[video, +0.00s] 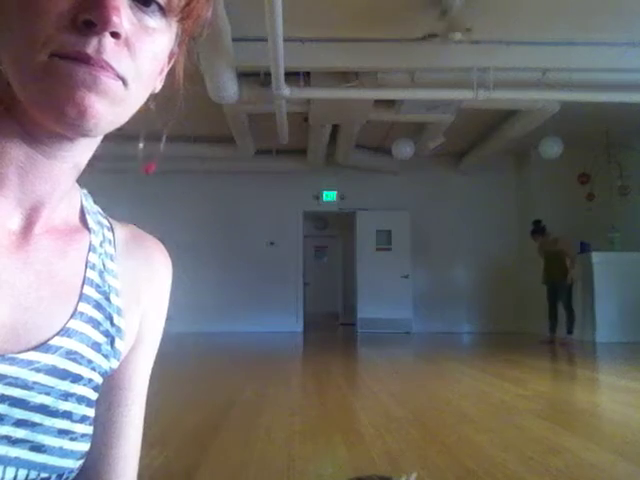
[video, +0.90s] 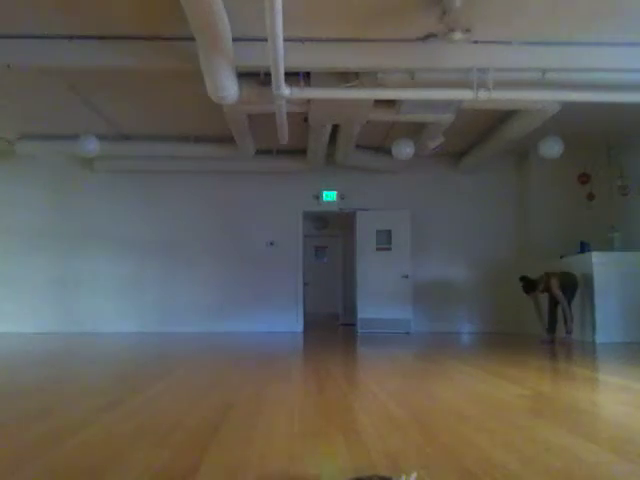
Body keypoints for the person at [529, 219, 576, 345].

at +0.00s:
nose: (536, 242)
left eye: (537, 238)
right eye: (535, 239)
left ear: (542, 235)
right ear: (537, 236)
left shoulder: (559, 243)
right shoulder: (542, 246)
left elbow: (572, 257)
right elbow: (547, 261)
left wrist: (571, 274)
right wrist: (545, 277)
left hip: (564, 279)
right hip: (551, 280)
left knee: (567, 306)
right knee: (552, 307)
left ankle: (569, 335)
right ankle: (552, 335)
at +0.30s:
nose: (532, 254)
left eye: (532, 251)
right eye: (530, 251)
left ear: (537, 247)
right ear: (532, 250)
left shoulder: (555, 252)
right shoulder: (538, 257)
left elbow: (569, 269)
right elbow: (543, 271)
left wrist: (569, 286)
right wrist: (547, 284)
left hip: (567, 278)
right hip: (554, 279)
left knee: (568, 307)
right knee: (554, 307)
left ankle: (569, 335)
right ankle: (552, 335)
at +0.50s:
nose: (530, 267)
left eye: (530, 264)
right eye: (528, 265)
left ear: (534, 260)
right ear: (527, 263)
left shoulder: (549, 262)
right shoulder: (534, 267)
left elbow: (564, 278)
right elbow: (537, 280)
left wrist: (567, 293)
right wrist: (541, 294)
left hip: (567, 283)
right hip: (553, 284)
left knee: (566, 309)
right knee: (551, 310)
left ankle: (568, 335)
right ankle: (551, 336)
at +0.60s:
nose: (531, 278)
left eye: (531, 275)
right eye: (529, 276)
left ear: (535, 270)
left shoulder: (550, 270)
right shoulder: (534, 275)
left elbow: (563, 289)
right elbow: (538, 292)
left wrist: (567, 310)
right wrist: (541, 309)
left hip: (568, 283)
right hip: (554, 285)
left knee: (565, 308)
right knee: (552, 310)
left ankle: (568, 336)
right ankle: (551, 336)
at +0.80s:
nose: (531, 291)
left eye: (530, 289)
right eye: (529, 290)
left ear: (533, 285)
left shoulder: (551, 281)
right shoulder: (534, 284)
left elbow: (564, 302)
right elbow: (538, 303)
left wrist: (570, 319)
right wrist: (542, 321)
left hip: (569, 284)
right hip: (555, 286)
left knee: (565, 307)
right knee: (552, 309)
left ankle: (568, 335)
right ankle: (551, 335)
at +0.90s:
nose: (531, 296)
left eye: (531, 294)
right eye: (529, 295)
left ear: (534, 290)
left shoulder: (552, 287)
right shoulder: (534, 288)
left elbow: (565, 304)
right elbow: (538, 308)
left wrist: (570, 323)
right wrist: (543, 326)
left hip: (570, 283)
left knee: (565, 307)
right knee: (552, 309)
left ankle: (568, 334)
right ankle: (550, 334)